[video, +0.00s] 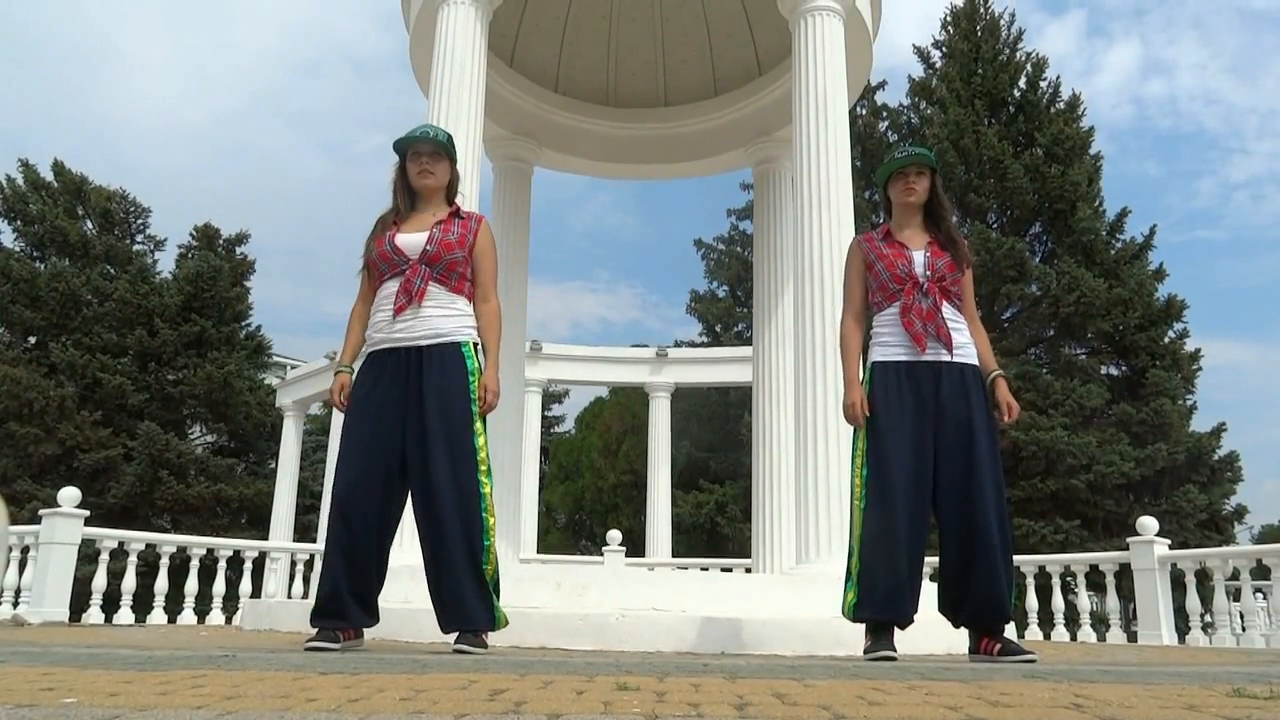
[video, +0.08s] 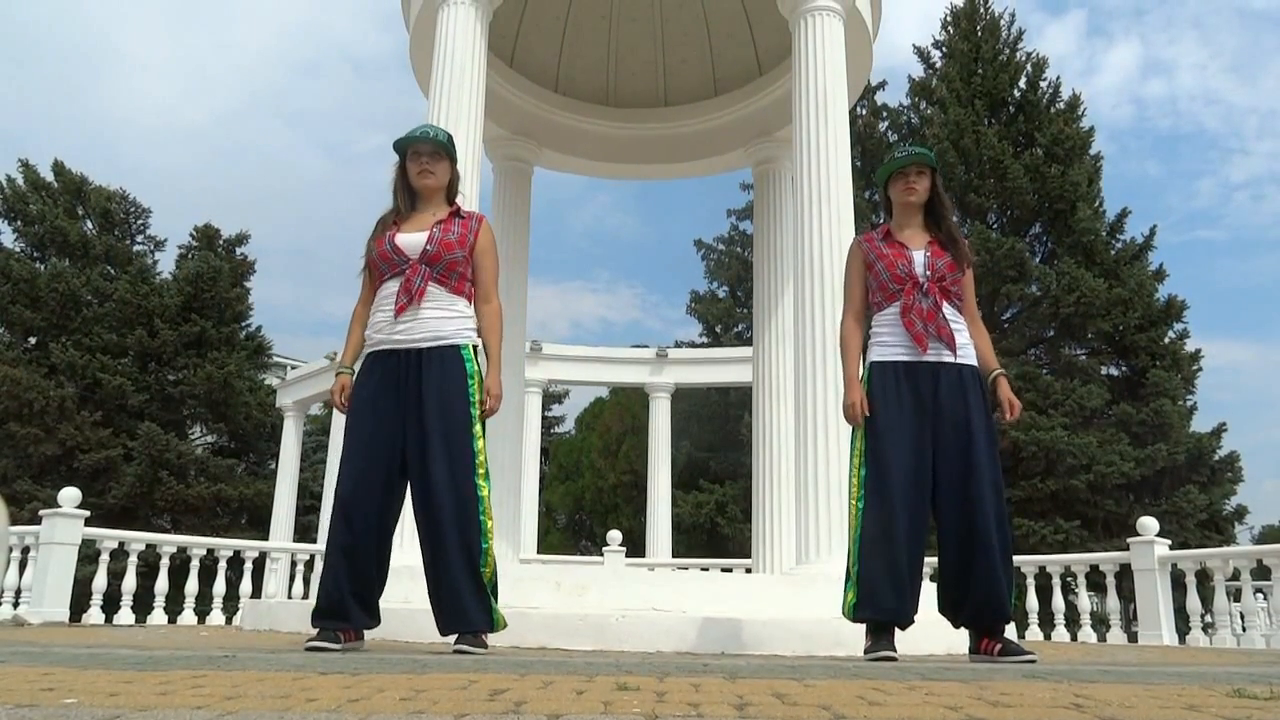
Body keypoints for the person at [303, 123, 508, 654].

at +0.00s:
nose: (423, 163)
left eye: (433, 156)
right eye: (415, 156)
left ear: (452, 167)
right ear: (402, 167)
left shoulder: (472, 227)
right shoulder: (383, 229)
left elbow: (486, 299)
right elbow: (364, 303)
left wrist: (490, 367)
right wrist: (343, 366)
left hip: (447, 364)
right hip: (382, 366)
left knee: (450, 491)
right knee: (359, 490)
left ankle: (470, 624)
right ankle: (342, 620)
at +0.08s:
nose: (423, 163)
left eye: (433, 156)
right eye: (415, 156)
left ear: (452, 166)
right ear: (402, 167)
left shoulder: (473, 227)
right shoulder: (384, 229)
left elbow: (488, 301)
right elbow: (365, 303)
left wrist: (492, 370)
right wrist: (344, 366)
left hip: (446, 365)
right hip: (381, 367)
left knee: (449, 492)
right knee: (361, 491)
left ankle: (469, 625)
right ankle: (342, 622)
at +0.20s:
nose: (424, 165)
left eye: (434, 158)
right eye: (416, 158)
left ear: (453, 168)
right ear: (403, 168)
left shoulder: (473, 226)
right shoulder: (384, 231)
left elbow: (491, 302)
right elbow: (365, 306)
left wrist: (500, 371)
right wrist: (341, 369)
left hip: (446, 369)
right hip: (380, 369)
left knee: (447, 495)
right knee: (364, 495)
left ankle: (465, 626)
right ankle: (345, 622)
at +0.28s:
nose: (430, 165)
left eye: (440, 159)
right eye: (422, 157)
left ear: (457, 172)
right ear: (408, 167)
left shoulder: (478, 223)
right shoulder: (388, 231)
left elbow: (499, 295)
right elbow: (367, 306)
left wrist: (504, 362)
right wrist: (339, 366)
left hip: (448, 369)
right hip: (381, 369)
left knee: (445, 494)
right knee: (366, 494)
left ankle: (463, 627)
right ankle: (347, 621)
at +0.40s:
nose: (437, 167)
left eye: (447, 161)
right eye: (429, 160)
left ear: (466, 175)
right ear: (415, 172)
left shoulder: (491, 225)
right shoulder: (397, 231)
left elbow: (509, 297)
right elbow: (377, 288)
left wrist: (487, 348)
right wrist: (365, 321)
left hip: (458, 375)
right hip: (394, 372)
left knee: (451, 500)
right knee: (368, 495)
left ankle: (461, 629)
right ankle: (348, 621)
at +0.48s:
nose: (437, 177)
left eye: (447, 171)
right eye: (428, 171)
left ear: (468, 184)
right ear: (415, 184)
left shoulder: (492, 235)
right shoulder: (394, 236)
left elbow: (489, 303)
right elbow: (374, 292)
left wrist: (421, 303)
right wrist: (410, 270)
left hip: (467, 379)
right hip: (402, 377)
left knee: (456, 503)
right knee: (360, 478)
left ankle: (462, 631)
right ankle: (353, 587)